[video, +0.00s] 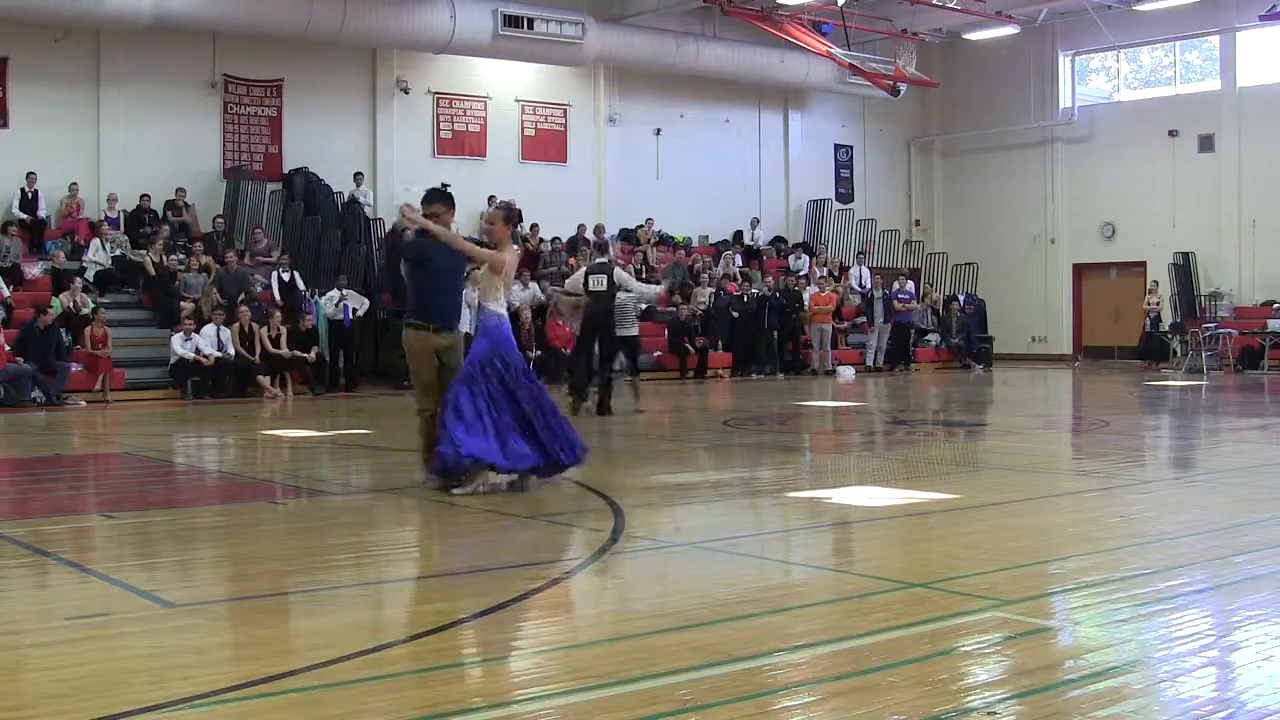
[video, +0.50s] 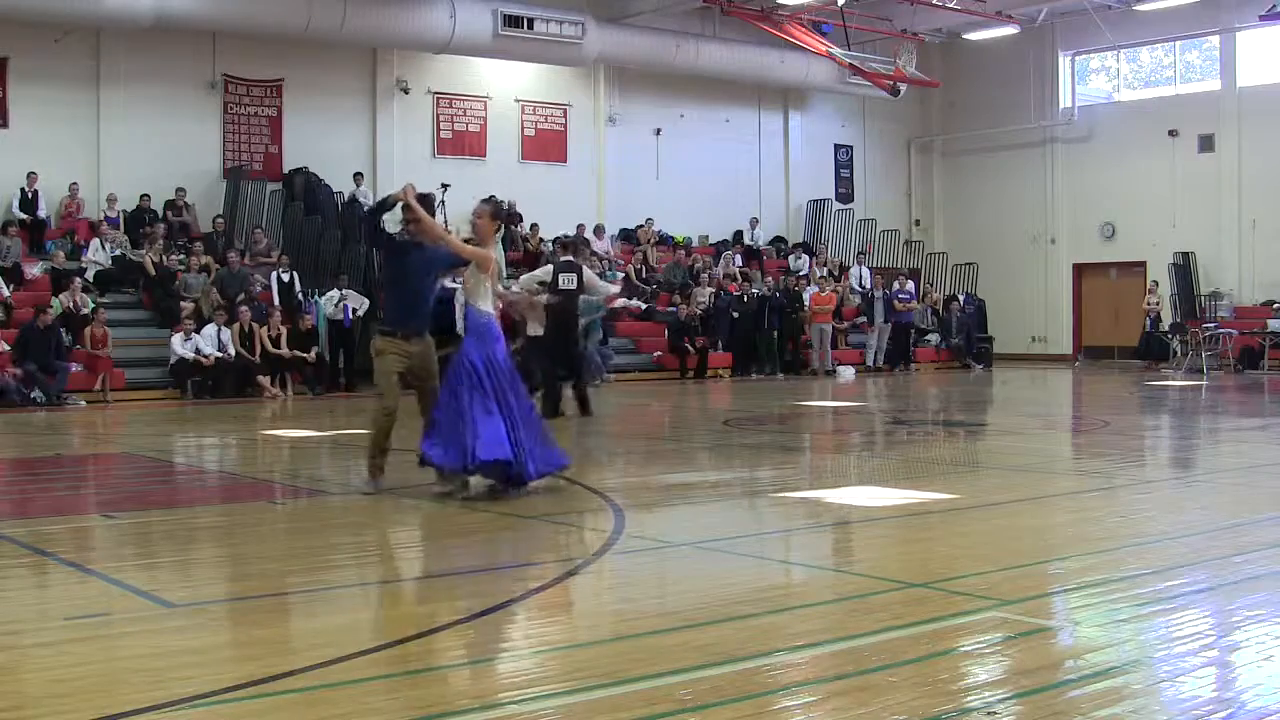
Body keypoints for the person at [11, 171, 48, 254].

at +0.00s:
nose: (32, 181)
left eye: (34, 179)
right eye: (30, 179)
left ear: (36, 181)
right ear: (26, 180)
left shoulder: (39, 193)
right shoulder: (19, 192)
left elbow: (42, 208)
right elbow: (14, 209)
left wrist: (41, 216)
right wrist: (25, 217)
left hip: (35, 217)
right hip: (24, 217)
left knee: (42, 223)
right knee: (33, 225)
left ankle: (38, 248)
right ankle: (32, 248)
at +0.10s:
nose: (32, 181)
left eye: (34, 179)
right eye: (30, 179)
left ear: (36, 181)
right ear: (26, 180)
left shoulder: (39, 193)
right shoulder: (19, 192)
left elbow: (42, 208)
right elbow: (14, 209)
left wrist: (41, 216)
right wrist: (25, 217)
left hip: (35, 217)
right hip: (24, 217)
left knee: (42, 223)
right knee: (33, 225)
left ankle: (38, 248)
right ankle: (32, 248)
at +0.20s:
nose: (32, 181)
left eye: (34, 179)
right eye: (30, 179)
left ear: (36, 181)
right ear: (26, 180)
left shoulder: (39, 193)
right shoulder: (19, 192)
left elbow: (42, 208)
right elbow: (14, 209)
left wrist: (41, 216)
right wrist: (25, 217)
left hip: (35, 217)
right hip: (24, 217)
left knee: (42, 223)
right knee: (33, 225)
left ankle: (38, 248)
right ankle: (32, 248)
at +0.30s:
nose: (33, 182)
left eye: (35, 180)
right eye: (32, 180)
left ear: (36, 181)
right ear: (27, 180)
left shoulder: (38, 193)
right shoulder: (19, 192)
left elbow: (42, 209)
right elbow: (15, 209)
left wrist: (40, 216)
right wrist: (25, 217)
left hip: (36, 217)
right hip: (24, 218)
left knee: (42, 223)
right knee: (33, 225)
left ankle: (40, 249)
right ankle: (32, 249)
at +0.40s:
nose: (33, 182)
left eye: (35, 180)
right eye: (32, 180)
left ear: (36, 181)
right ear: (27, 180)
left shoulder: (38, 193)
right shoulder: (19, 192)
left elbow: (42, 209)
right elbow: (15, 209)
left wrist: (39, 216)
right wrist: (25, 217)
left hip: (36, 217)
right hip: (24, 218)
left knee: (42, 223)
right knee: (33, 225)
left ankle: (40, 249)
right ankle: (32, 249)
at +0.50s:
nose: (34, 182)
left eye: (35, 180)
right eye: (32, 180)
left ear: (36, 181)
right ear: (27, 179)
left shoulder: (39, 193)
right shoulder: (19, 192)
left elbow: (42, 209)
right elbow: (15, 209)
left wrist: (39, 216)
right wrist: (25, 217)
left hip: (36, 217)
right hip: (24, 218)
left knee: (42, 223)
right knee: (34, 225)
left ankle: (40, 249)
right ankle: (32, 249)